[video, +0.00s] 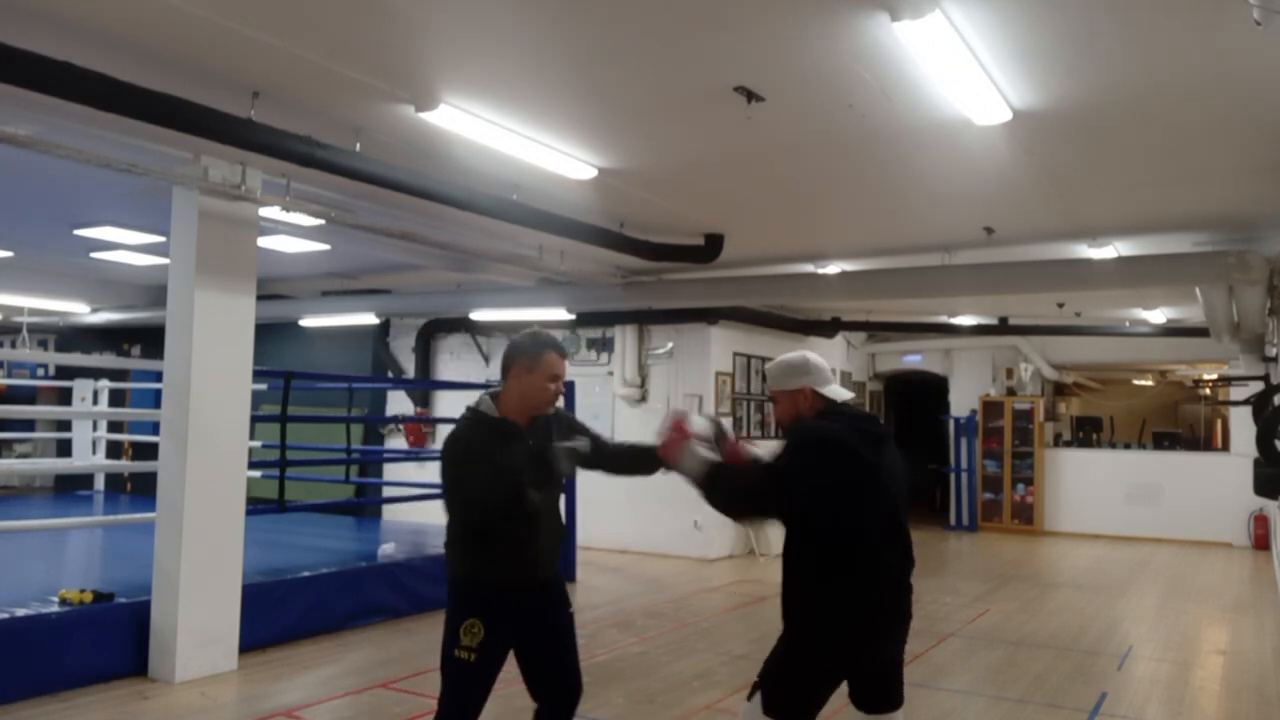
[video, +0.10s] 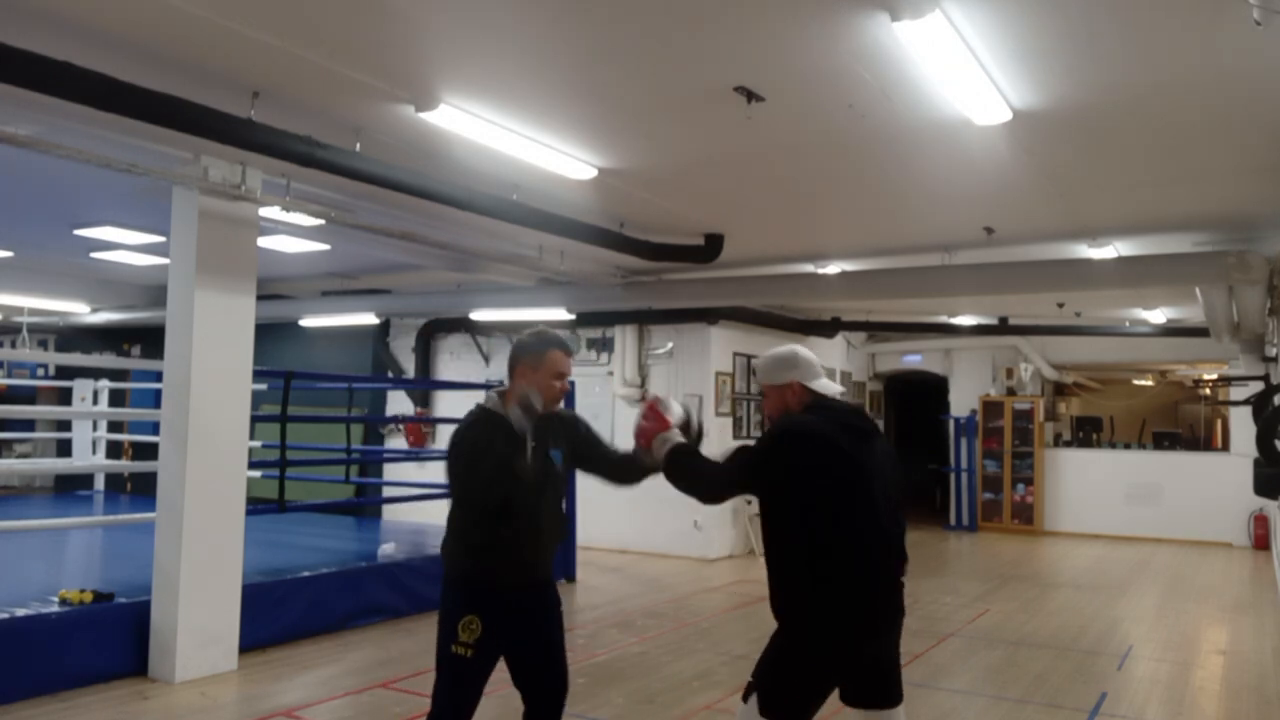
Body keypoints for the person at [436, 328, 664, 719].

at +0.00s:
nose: (560, 390)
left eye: (561, 381)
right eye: (553, 380)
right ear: (517, 374)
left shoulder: (555, 426)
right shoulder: (468, 440)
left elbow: (605, 454)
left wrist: (663, 455)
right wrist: (544, 469)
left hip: (540, 590)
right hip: (481, 594)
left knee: (561, 696)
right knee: (459, 708)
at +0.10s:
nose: (565, 388)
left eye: (567, 379)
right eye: (557, 377)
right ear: (522, 373)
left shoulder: (562, 427)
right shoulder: (477, 430)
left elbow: (620, 469)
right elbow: (477, 507)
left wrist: (656, 449)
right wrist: (518, 422)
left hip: (533, 588)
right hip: (475, 590)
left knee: (548, 696)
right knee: (453, 705)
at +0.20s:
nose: (572, 386)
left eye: (574, 376)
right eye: (564, 375)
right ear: (530, 373)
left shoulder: (561, 425)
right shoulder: (493, 422)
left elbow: (580, 483)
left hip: (525, 579)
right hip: (468, 578)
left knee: (539, 696)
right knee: (441, 702)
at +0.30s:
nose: (569, 393)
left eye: (572, 385)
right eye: (562, 382)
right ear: (528, 376)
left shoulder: (542, 433)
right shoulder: (493, 425)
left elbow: (549, 497)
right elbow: (548, 470)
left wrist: (583, 517)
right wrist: (609, 425)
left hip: (515, 583)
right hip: (463, 582)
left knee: (534, 694)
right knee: (422, 700)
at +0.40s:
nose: (555, 392)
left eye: (557, 384)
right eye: (547, 381)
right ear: (514, 377)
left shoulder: (525, 434)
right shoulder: (479, 429)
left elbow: (533, 496)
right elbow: (511, 496)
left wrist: (582, 477)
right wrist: (571, 469)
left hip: (504, 591)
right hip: (452, 592)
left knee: (529, 697)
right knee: (413, 703)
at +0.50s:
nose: (527, 391)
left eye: (529, 383)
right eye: (520, 381)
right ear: (486, 377)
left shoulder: (503, 432)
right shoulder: (448, 435)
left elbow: (534, 485)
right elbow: (453, 535)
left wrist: (554, 438)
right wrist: (538, 532)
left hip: (492, 592)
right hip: (436, 595)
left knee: (526, 700)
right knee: (396, 708)